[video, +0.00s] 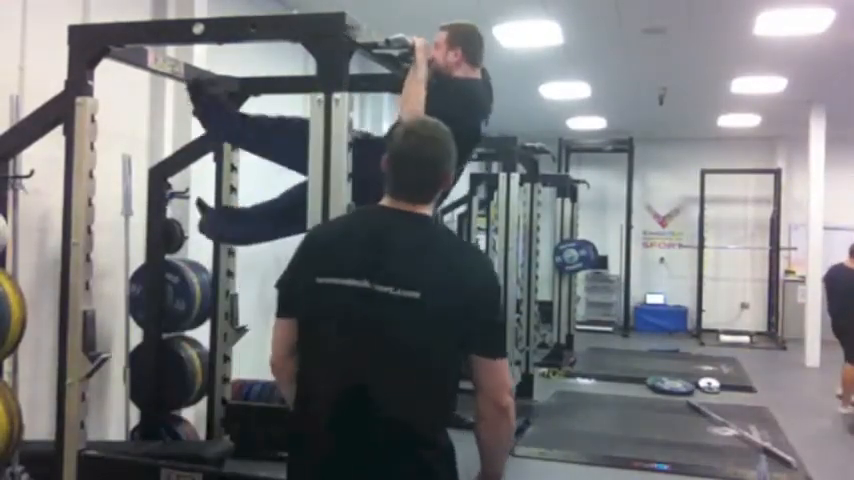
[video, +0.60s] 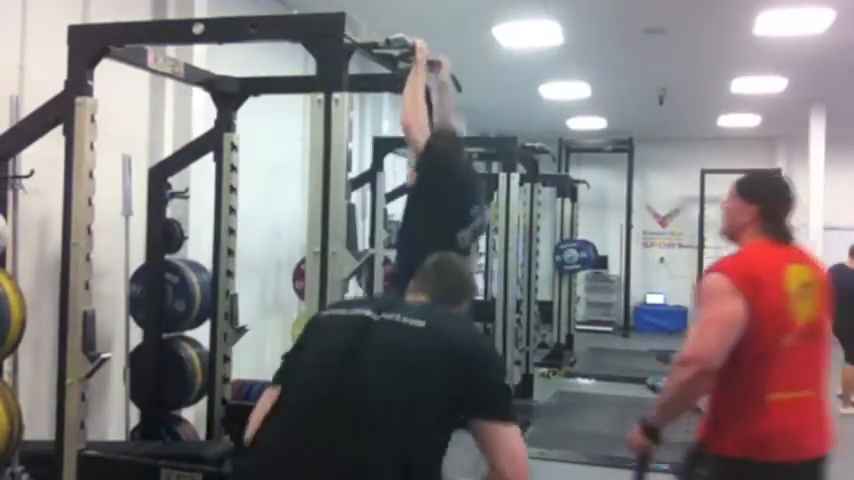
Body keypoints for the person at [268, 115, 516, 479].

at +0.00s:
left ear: (383, 164)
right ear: (448, 181)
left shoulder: (321, 243)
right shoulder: (469, 266)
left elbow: (282, 359)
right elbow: (498, 401)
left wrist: (315, 417)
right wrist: (491, 472)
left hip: (323, 452)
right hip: (417, 460)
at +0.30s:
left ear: (409, 205)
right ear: (467, 225)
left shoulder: (334, 261)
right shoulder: (487, 294)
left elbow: (276, 376)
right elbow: (504, 426)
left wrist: (295, 443)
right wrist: (486, 474)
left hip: (317, 460)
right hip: (418, 466)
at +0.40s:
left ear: (414, 232)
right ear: (467, 253)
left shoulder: (338, 278)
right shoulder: (481, 307)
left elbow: (276, 394)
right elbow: (494, 443)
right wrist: (471, 474)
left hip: (311, 462)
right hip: (411, 466)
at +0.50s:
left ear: (413, 260)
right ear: (465, 275)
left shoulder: (335, 297)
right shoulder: (473, 322)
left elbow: (266, 412)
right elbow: (503, 455)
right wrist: (462, 477)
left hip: (292, 464)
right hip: (400, 467)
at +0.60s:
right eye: (467, 309)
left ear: (409, 288)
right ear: (464, 306)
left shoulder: (329, 319)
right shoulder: (466, 344)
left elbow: (254, 432)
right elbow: (513, 469)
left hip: (278, 465)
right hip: (391, 466)